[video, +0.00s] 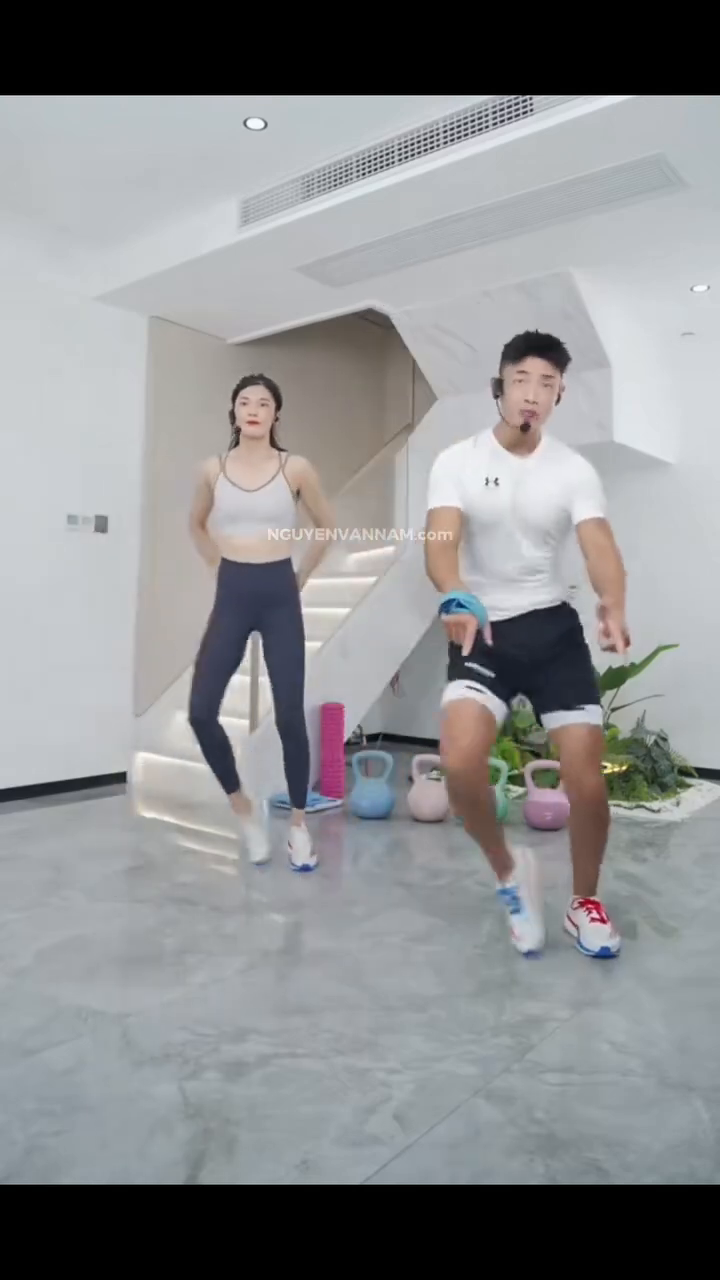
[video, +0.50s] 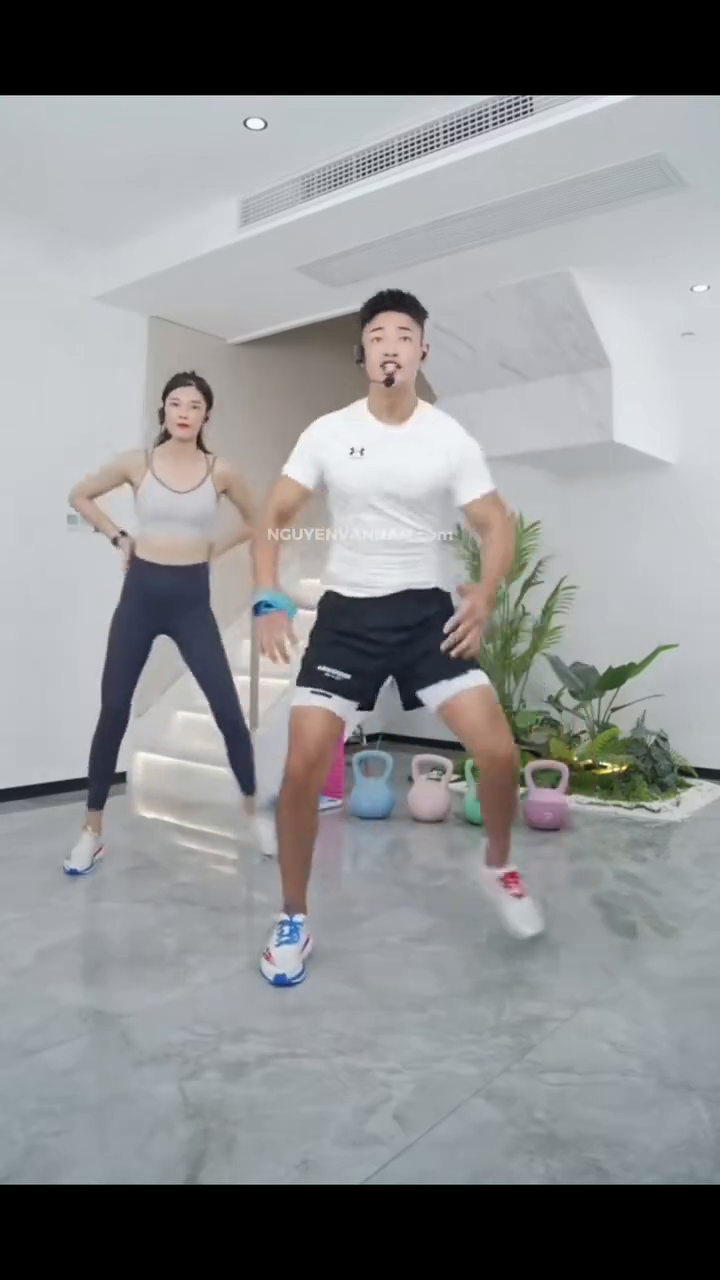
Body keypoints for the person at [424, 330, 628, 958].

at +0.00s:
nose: (532, 393)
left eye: (545, 384)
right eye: (521, 380)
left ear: (558, 398)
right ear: (499, 388)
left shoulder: (574, 470)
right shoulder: (456, 462)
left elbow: (600, 546)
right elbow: (441, 538)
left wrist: (611, 604)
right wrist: (454, 595)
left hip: (554, 629)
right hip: (481, 630)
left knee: (586, 782)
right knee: (458, 763)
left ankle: (586, 902)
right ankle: (508, 875)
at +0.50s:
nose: (389, 347)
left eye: (402, 336)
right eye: (377, 337)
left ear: (423, 351)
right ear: (362, 355)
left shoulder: (451, 439)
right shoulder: (326, 435)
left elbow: (497, 527)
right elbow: (271, 520)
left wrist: (486, 594)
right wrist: (269, 600)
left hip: (429, 617)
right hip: (345, 619)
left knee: (499, 752)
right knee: (303, 762)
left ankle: (498, 868)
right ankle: (292, 919)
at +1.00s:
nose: (387, 335)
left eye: (400, 323)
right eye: (374, 325)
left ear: (420, 337)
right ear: (358, 343)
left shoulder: (460, 419)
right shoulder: (334, 435)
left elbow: (483, 522)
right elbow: (322, 541)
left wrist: (453, 546)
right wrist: (329, 532)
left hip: (446, 604)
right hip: (365, 610)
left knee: (514, 745)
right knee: (323, 761)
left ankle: (484, 864)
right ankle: (294, 917)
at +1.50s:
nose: (511, 344)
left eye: (524, 332)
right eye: (498, 332)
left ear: (543, 344)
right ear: (478, 347)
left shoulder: (577, 421)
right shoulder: (451, 426)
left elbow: (607, 493)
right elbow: (436, 500)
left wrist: (630, 549)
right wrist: (429, 557)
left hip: (558, 597)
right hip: (478, 597)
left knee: (583, 751)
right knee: (466, 727)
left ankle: (597, 912)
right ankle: (462, 882)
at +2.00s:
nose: (449, 329)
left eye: (462, 318)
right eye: (437, 318)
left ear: (483, 331)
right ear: (420, 334)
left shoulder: (513, 420)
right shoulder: (390, 419)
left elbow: (539, 511)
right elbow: (374, 495)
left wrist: (534, 552)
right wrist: (373, 544)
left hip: (490, 610)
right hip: (408, 609)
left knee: (540, 779)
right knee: (368, 762)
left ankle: (580, 914)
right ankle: (324, 926)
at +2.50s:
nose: (381, 310)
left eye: (395, 299)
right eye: (369, 300)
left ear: (415, 315)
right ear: (353, 317)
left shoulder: (454, 407)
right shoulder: (319, 406)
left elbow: (477, 504)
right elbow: (297, 499)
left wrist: (469, 587)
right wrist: (311, 577)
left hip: (423, 600)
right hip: (342, 598)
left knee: (394, 777)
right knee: (329, 759)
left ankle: (360, 892)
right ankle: (321, 925)